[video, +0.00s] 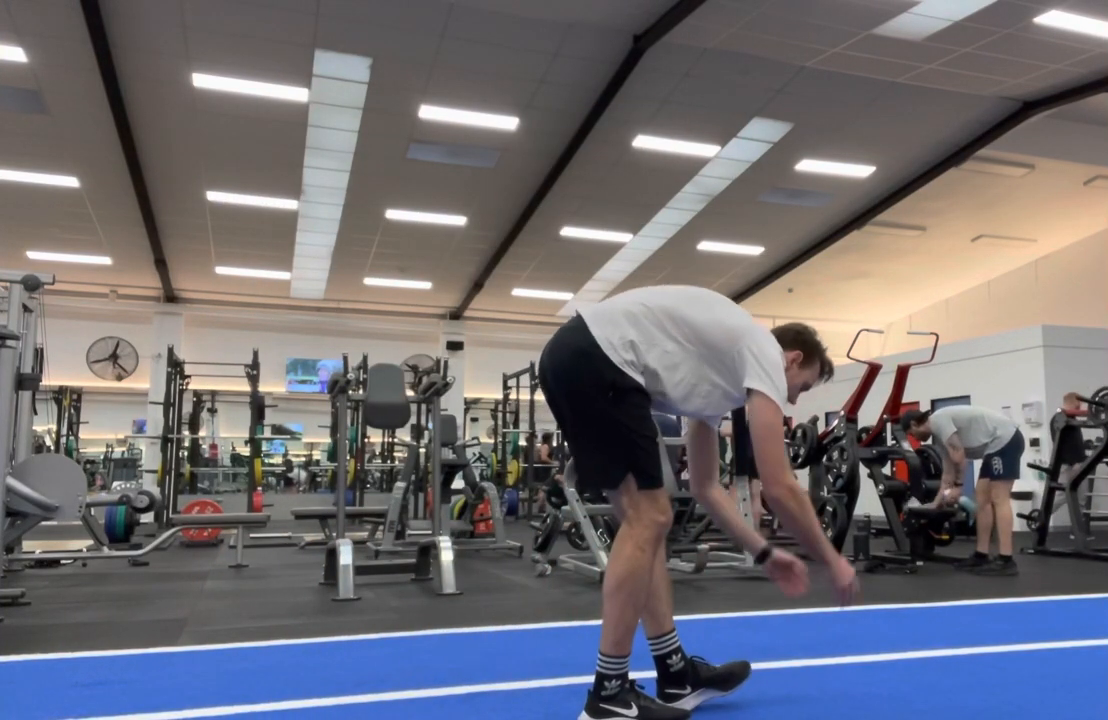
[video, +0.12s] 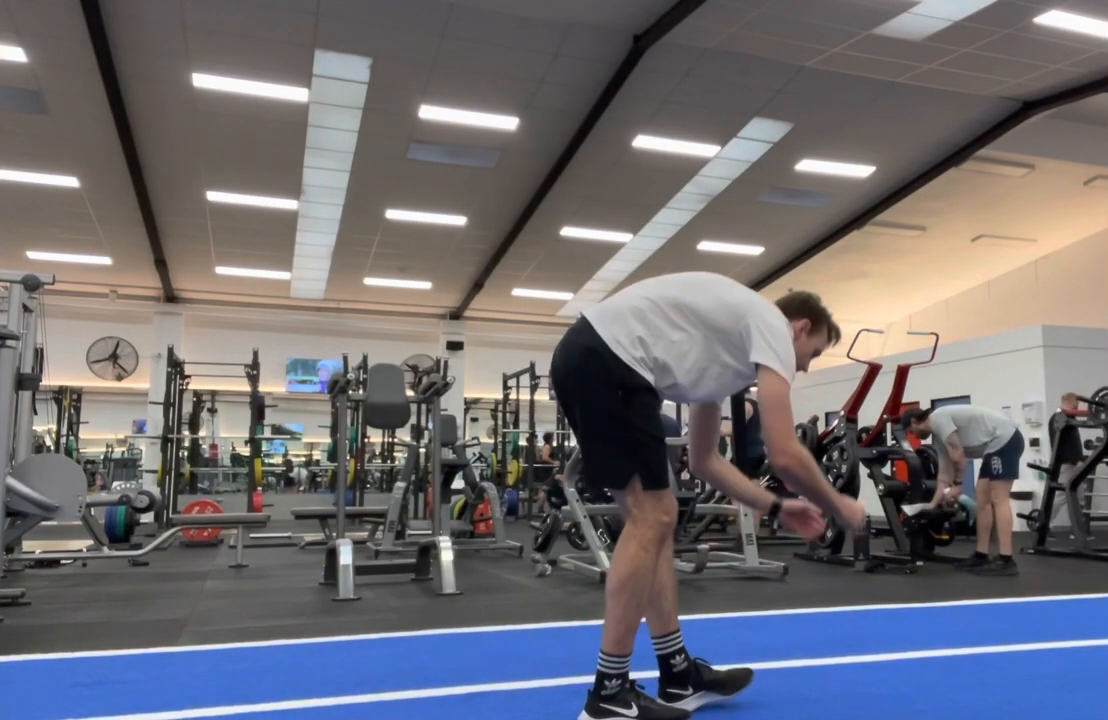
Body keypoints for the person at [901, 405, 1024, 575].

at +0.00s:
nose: (914, 438)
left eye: (911, 433)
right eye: (911, 435)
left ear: (915, 424)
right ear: (918, 423)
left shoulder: (939, 420)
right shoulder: (938, 434)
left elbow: (959, 457)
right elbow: (947, 471)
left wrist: (957, 487)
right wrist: (937, 503)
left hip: (1007, 440)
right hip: (992, 446)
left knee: (1000, 498)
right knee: (983, 497)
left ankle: (1006, 559)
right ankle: (981, 555)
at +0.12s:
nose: (913, 435)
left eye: (910, 431)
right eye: (910, 433)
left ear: (915, 421)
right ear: (917, 421)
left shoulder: (938, 418)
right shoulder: (937, 436)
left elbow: (958, 457)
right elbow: (944, 474)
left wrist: (957, 485)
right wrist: (933, 504)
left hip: (1006, 440)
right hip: (991, 446)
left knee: (999, 498)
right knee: (983, 498)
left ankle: (1005, 559)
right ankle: (981, 555)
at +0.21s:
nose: (911, 428)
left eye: (909, 422)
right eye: (908, 424)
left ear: (915, 414)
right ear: (917, 414)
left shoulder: (939, 413)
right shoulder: (937, 428)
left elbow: (955, 452)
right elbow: (943, 468)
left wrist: (953, 479)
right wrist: (937, 502)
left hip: (1004, 440)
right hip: (990, 446)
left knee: (997, 498)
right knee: (980, 498)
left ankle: (1006, 559)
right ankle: (981, 555)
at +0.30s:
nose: (913, 417)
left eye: (911, 412)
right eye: (910, 413)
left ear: (917, 404)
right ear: (920, 404)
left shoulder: (940, 405)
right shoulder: (938, 417)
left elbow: (951, 443)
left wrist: (945, 469)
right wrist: (939, 490)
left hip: (1002, 440)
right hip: (989, 446)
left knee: (995, 497)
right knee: (979, 497)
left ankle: (1005, 558)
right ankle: (981, 554)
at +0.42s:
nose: (915, 406)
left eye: (913, 400)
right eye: (912, 402)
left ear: (920, 392)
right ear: (923, 392)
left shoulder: (942, 397)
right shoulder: (942, 405)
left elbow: (949, 431)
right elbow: (951, 445)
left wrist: (940, 457)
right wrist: (946, 474)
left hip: (999, 441)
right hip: (985, 445)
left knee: (988, 495)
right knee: (977, 496)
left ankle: (1004, 557)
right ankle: (981, 554)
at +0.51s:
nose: (918, 395)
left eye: (917, 389)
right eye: (915, 391)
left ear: (925, 381)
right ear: (926, 382)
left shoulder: (944, 390)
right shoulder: (947, 395)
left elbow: (948, 423)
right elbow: (956, 439)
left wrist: (936, 448)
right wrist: (945, 462)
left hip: (993, 439)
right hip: (982, 444)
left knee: (982, 494)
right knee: (974, 497)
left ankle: (1002, 555)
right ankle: (981, 554)